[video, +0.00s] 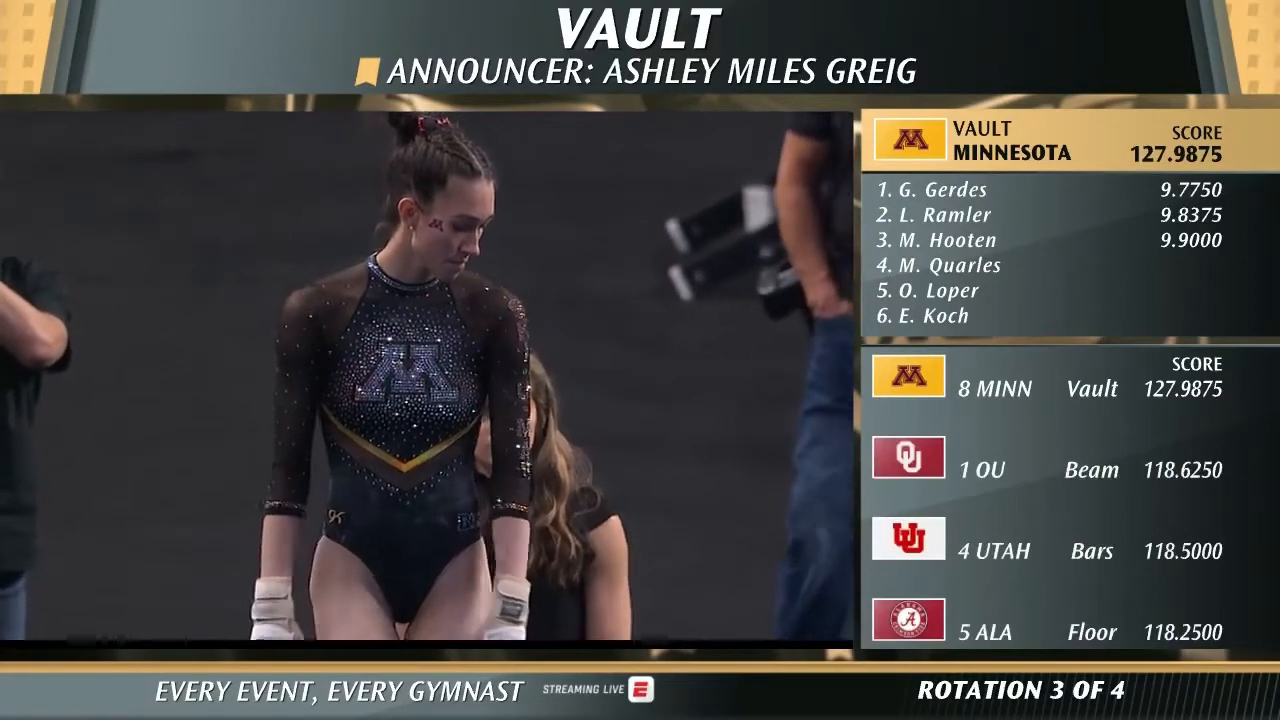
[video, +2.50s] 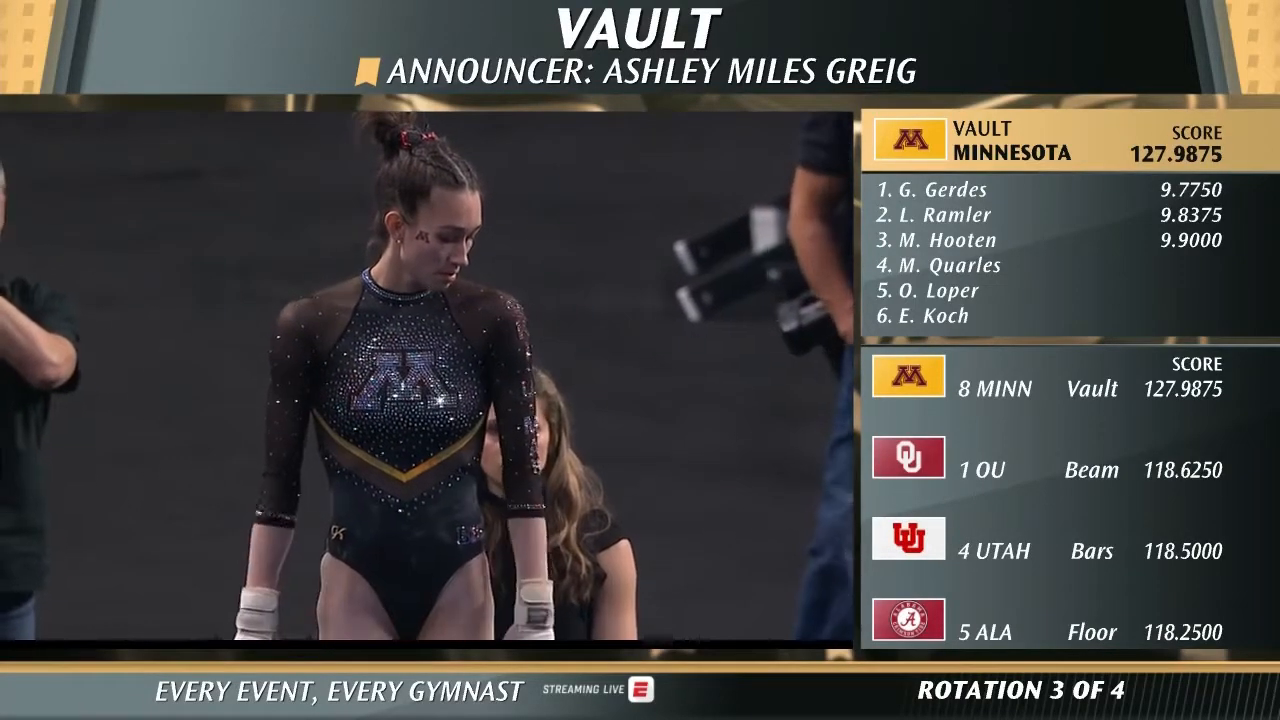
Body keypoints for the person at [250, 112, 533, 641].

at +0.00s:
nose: (472, 245)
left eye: (481, 227)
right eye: (460, 226)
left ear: (486, 216)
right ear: (410, 211)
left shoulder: (494, 313)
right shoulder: (316, 311)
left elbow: (512, 465)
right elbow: (290, 466)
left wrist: (511, 608)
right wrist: (271, 609)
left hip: (459, 560)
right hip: (350, 557)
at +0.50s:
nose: (456, 244)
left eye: (463, 227)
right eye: (443, 226)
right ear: (391, 212)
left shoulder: (472, 315)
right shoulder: (296, 315)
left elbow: (502, 463)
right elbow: (266, 467)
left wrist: (534, 605)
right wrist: (252, 608)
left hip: (443, 560)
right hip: (335, 558)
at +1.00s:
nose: (470, 248)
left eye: (477, 229)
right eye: (455, 230)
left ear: (484, 217)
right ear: (402, 216)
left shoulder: (493, 318)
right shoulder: (317, 321)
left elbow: (505, 475)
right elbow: (299, 480)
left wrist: (456, 597)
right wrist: (358, 590)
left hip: (462, 572)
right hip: (352, 572)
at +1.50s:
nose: (467, 249)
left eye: (475, 231)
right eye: (452, 231)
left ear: (482, 220)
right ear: (400, 216)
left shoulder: (493, 320)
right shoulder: (314, 321)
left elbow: (530, 472)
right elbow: (280, 478)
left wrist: (560, 612)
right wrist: (245, 619)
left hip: (458, 568)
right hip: (350, 566)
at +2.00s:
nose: (466, 250)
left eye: (473, 233)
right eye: (451, 233)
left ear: (480, 222)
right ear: (398, 220)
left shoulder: (493, 319)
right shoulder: (311, 321)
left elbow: (518, 465)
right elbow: (286, 469)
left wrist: (510, 602)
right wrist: (288, 607)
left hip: (461, 570)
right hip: (351, 567)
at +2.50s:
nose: (463, 255)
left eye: (471, 237)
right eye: (448, 238)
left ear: (477, 224)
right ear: (395, 225)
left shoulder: (491, 319)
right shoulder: (309, 324)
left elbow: (522, 472)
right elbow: (280, 479)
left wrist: (536, 618)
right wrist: (253, 624)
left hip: (460, 572)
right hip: (354, 571)